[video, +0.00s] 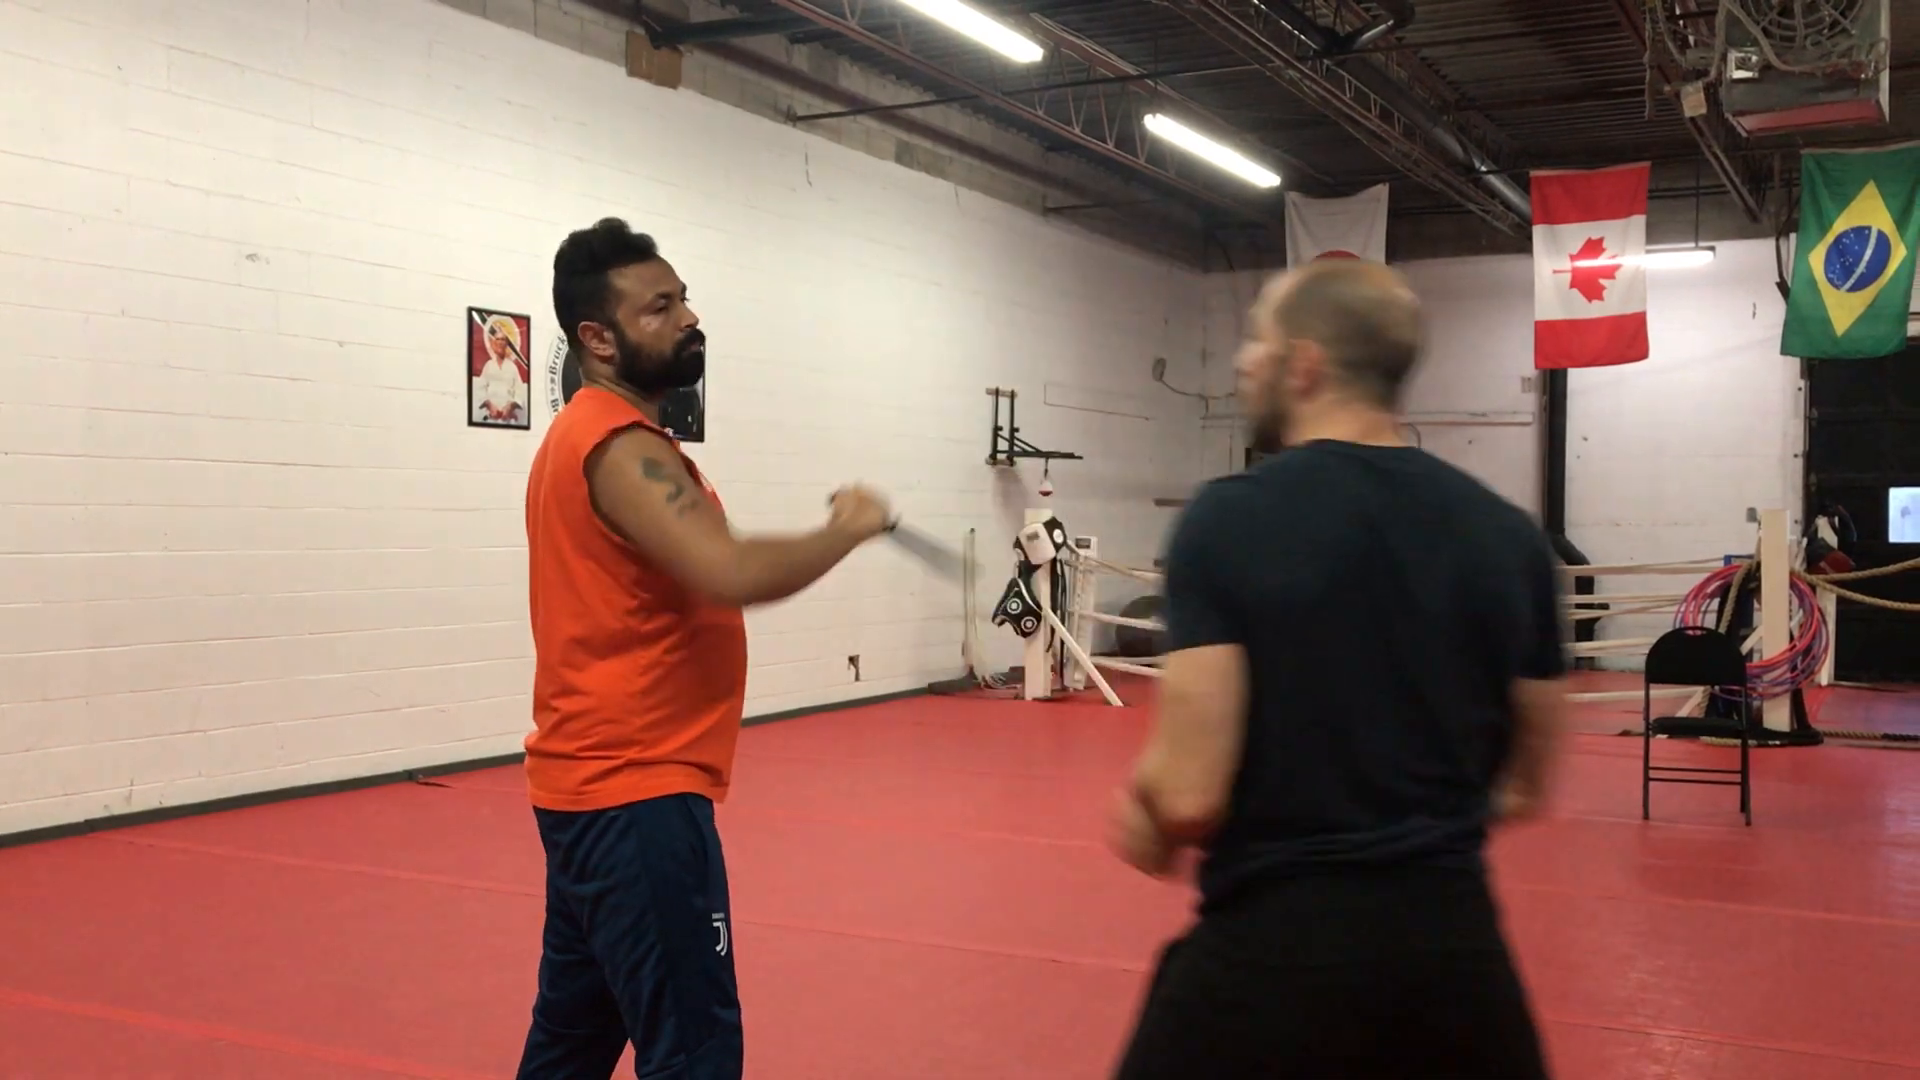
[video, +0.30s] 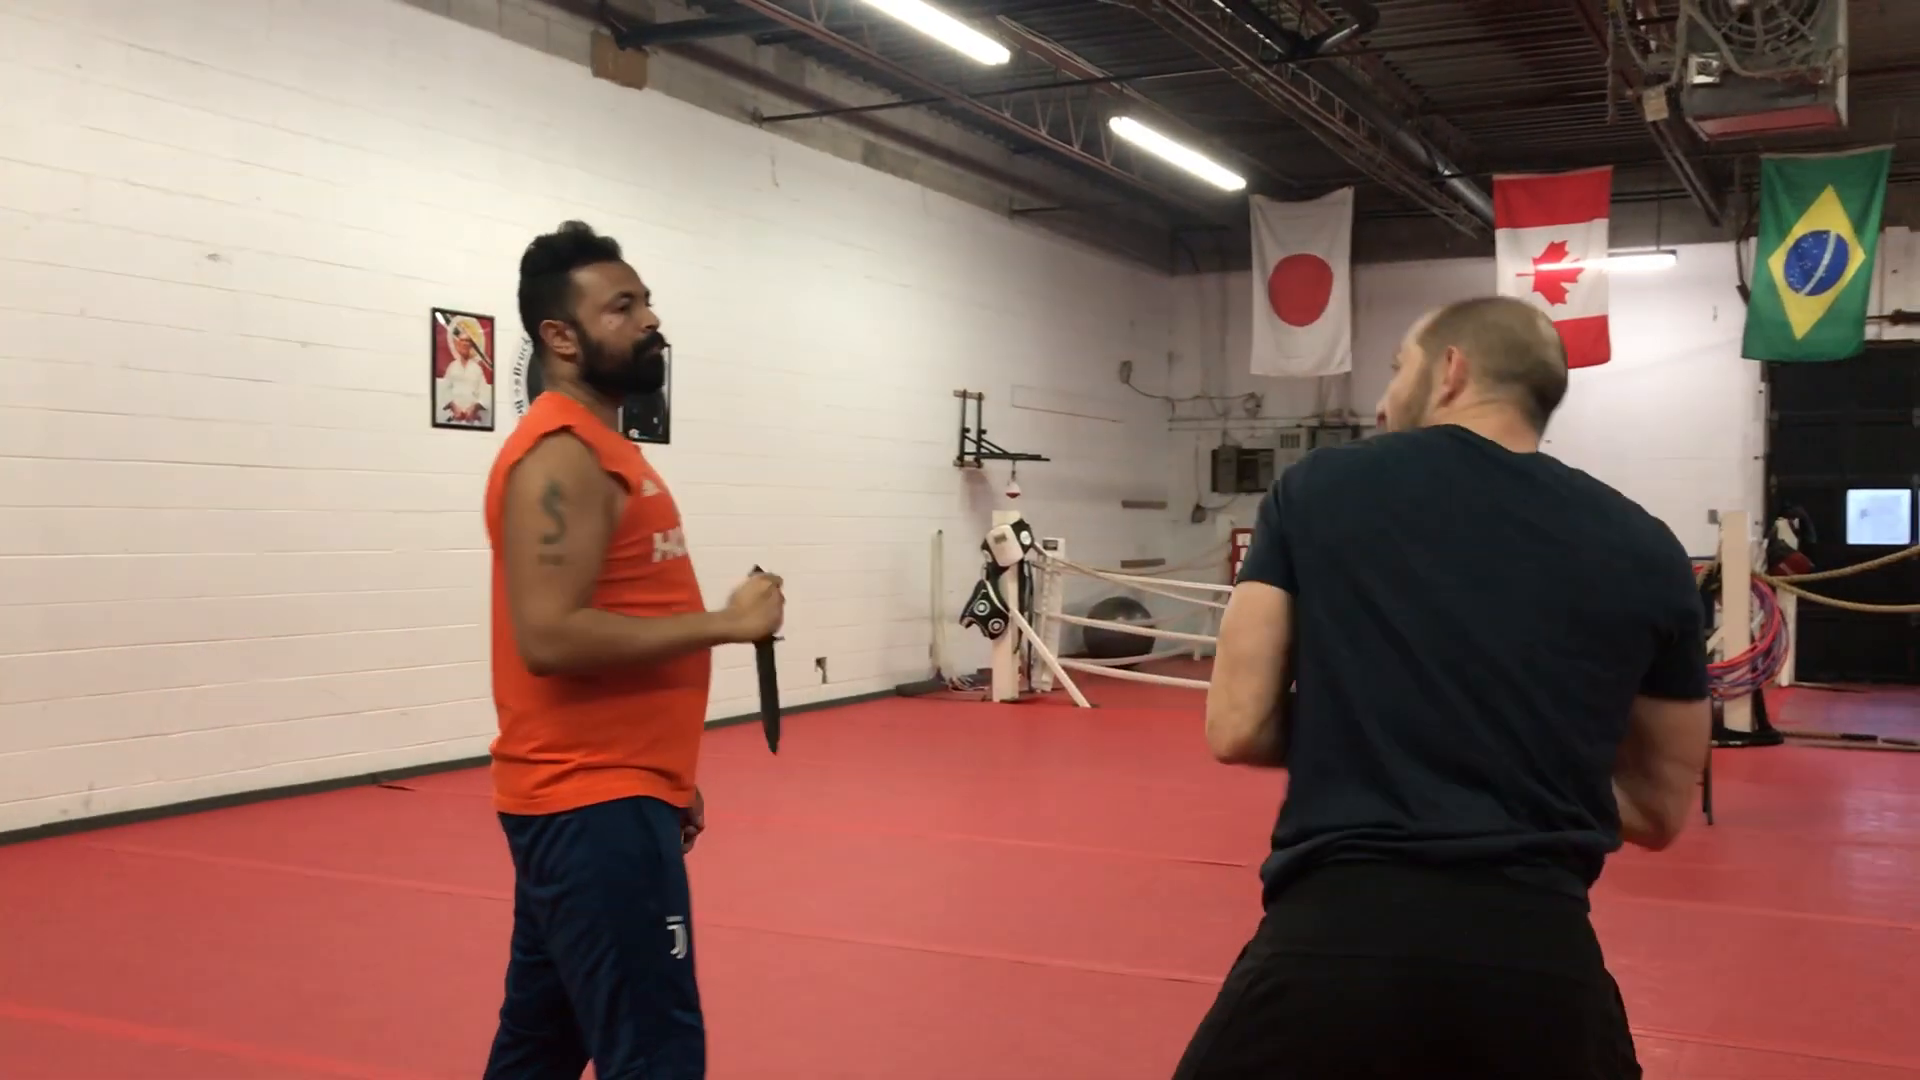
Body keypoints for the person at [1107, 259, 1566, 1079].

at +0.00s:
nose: (1239, 363)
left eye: (1255, 339)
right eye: (1247, 339)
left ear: (1305, 364)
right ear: (1394, 370)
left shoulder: (1229, 518)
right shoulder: (1506, 535)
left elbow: (1189, 798)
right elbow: (1527, 782)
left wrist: (1150, 806)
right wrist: (1399, 790)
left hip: (1260, 965)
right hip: (1452, 958)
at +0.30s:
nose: (1381, 404)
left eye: (1398, 372)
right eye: (1389, 375)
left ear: (1452, 375)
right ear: (1544, 400)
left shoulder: (1319, 487)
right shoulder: (1644, 547)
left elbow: (1237, 727)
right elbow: (1656, 814)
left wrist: (1378, 724)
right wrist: (1525, 737)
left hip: (1324, 959)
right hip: (1542, 976)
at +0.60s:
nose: (1398, 481)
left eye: (1410, 462)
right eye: (1403, 465)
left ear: (1447, 452)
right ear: (1545, 506)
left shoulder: (1321, 533)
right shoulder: (1623, 617)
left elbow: (1253, 775)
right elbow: (1580, 846)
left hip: (1278, 978)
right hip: (1501, 1007)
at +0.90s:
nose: (1354, 529)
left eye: (1366, 513)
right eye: (1361, 514)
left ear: (1411, 501)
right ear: (1503, 558)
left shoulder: (1282, 577)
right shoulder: (1577, 668)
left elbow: (1199, 825)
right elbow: (1520, 918)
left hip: (1225, 996)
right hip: (1441, 1032)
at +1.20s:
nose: (1257, 560)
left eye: (1268, 548)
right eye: (1266, 552)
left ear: (1300, 552)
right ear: (1377, 630)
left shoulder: (1164, 592)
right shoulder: (1405, 741)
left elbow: (968, 716)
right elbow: (1333, 899)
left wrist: (1093, 729)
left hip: (1045, 1022)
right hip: (1252, 1045)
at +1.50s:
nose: (1012, 517)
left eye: (1024, 517)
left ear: (1021, 530)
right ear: (1069, 640)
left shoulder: (874, 508)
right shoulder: (1041, 730)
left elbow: (704, 380)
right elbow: (953, 878)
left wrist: (747, 300)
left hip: (676, 971)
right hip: (862, 998)